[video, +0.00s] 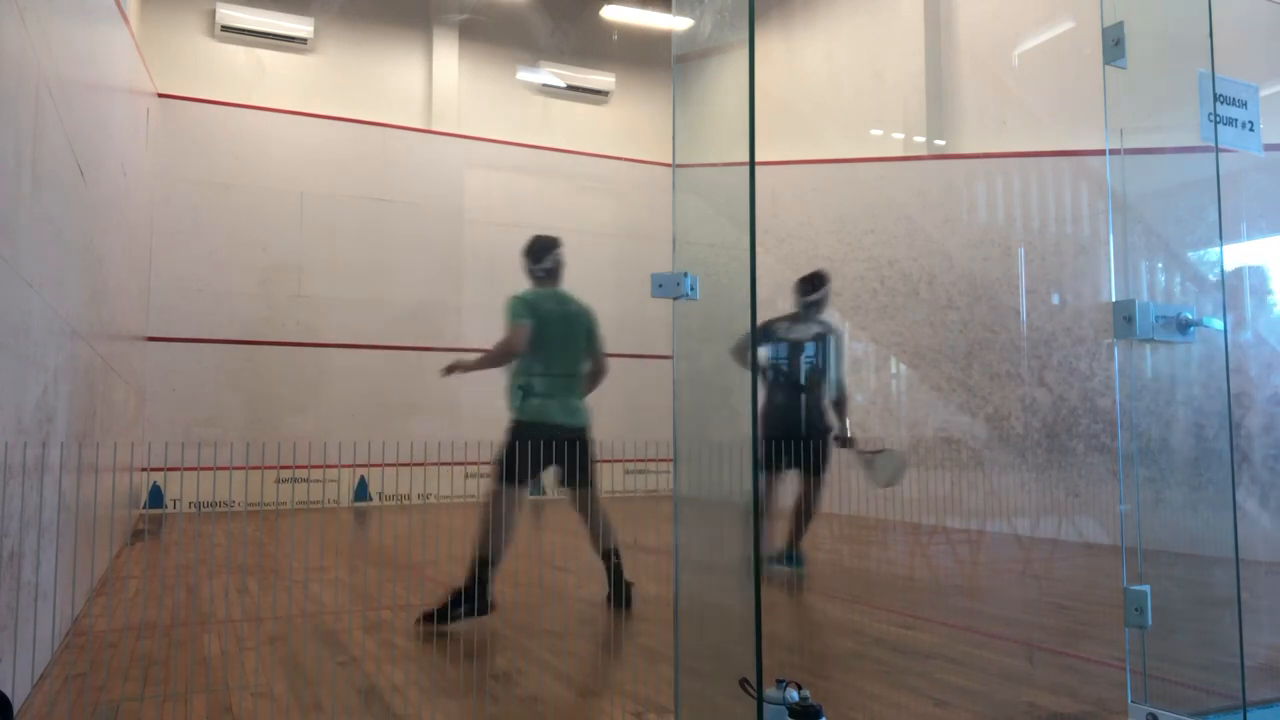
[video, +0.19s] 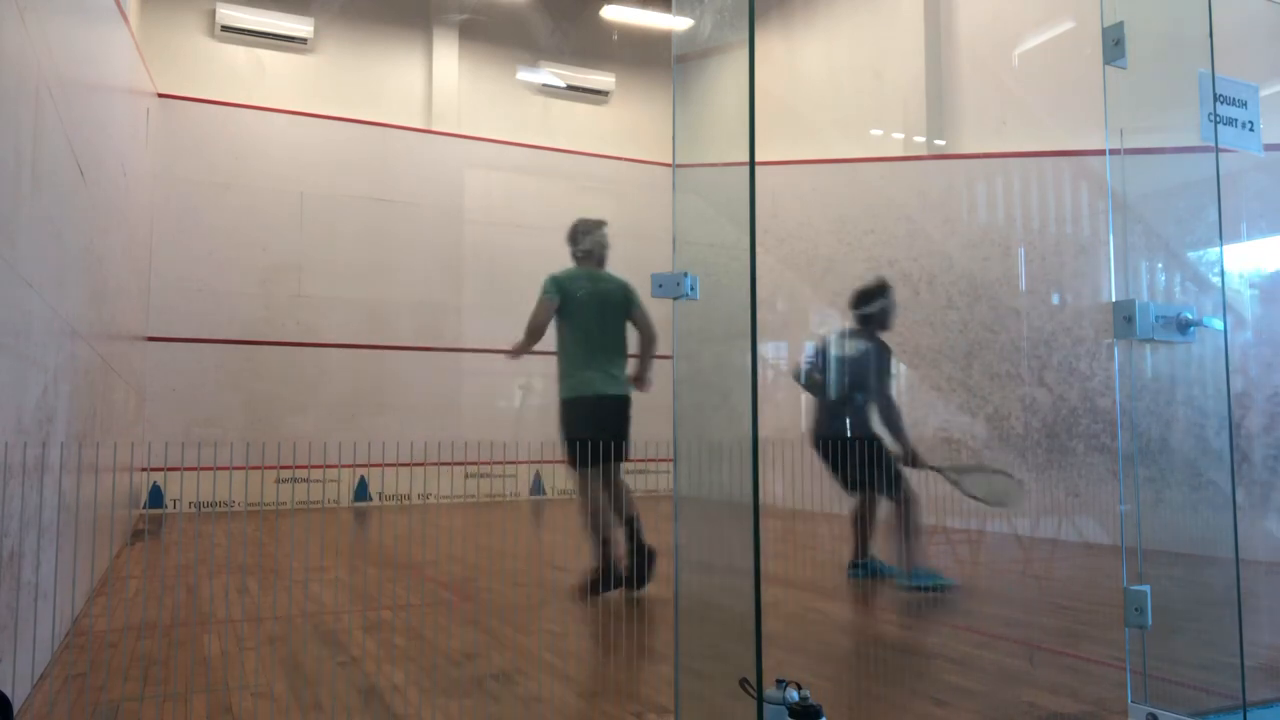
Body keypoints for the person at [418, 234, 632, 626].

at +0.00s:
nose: (544, 270)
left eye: (536, 264)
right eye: (554, 262)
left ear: (528, 268)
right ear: (560, 267)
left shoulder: (524, 302)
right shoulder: (582, 311)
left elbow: (516, 345)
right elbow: (600, 368)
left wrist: (468, 365)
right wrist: (569, 394)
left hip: (532, 427)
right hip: (573, 429)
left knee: (500, 504)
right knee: (589, 502)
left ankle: (475, 590)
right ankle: (619, 584)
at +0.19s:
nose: (593, 255)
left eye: (580, 248)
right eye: (599, 249)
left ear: (572, 250)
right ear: (605, 251)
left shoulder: (559, 282)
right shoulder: (621, 288)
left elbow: (539, 324)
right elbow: (648, 333)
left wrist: (522, 346)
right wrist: (642, 371)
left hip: (579, 399)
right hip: (617, 399)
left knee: (589, 485)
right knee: (612, 478)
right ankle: (639, 546)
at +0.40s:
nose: (641, 283)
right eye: (640, 278)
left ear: (606, 282)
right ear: (637, 281)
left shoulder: (587, 314)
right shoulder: (647, 316)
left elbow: (555, 354)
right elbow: (675, 360)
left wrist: (588, 348)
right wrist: (694, 405)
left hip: (605, 421)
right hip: (641, 420)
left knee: (632, 499)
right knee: (654, 489)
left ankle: (661, 568)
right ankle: (670, 555)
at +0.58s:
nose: (665, 300)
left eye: (665, 293)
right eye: (662, 293)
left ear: (631, 293)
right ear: (649, 293)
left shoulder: (606, 326)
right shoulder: (660, 328)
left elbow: (590, 373)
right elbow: (675, 376)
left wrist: (621, 369)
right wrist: (697, 417)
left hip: (622, 428)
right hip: (658, 427)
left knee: (627, 500)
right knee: (665, 490)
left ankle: (651, 539)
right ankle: (668, 554)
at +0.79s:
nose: (666, 293)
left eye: (665, 287)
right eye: (664, 287)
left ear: (632, 287)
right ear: (656, 287)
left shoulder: (610, 318)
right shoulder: (662, 320)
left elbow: (588, 358)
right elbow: (669, 371)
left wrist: (617, 364)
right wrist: (686, 401)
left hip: (619, 419)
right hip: (656, 419)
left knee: (612, 482)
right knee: (666, 484)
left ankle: (612, 547)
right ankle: (671, 549)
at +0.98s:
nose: (660, 298)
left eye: (660, 290)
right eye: (656, 291)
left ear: (629, 292)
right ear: (644, 291)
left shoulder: (603, 322)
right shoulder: (651, 325)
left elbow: (580, 358)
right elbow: (660, 372)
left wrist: (605, 370)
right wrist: (674, 396)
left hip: (607, 421)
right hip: (643, 422)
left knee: (598, 482)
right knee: (658, 483)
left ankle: (584, 551)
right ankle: (659, 548)